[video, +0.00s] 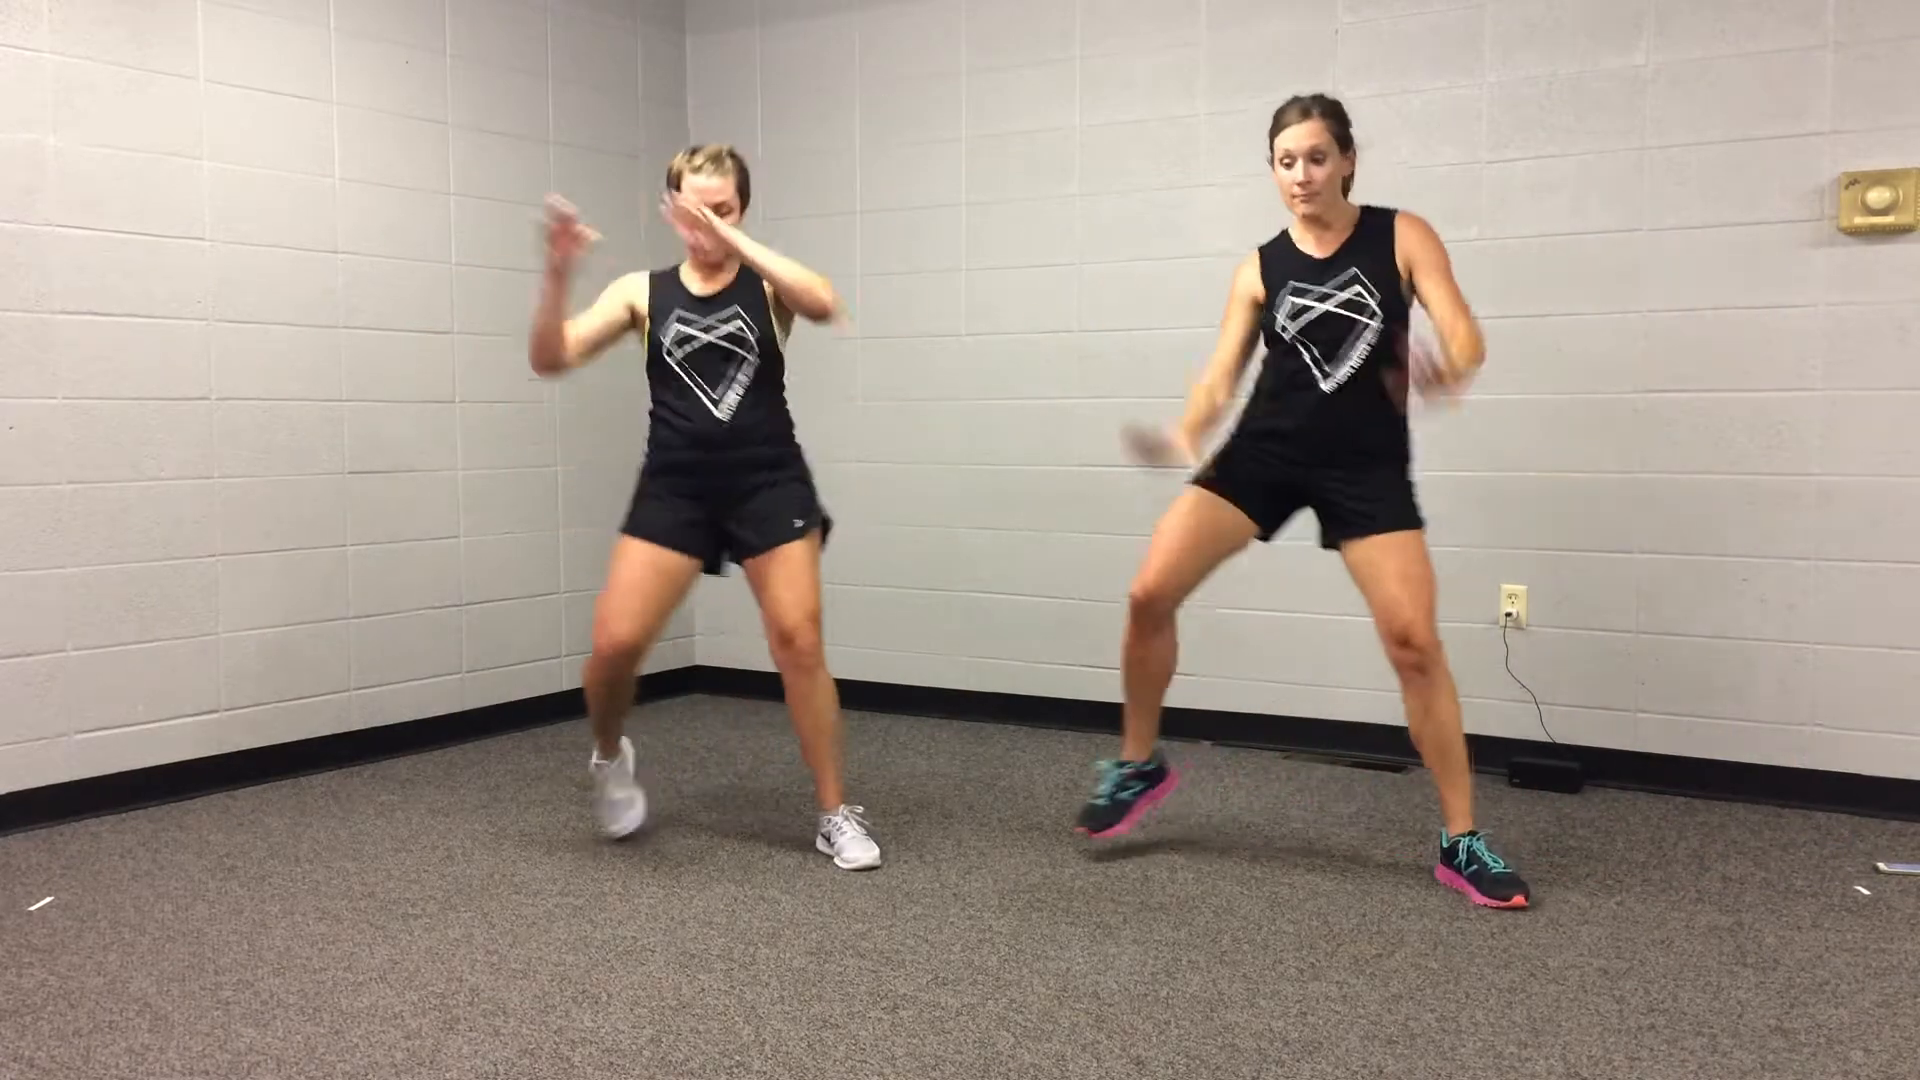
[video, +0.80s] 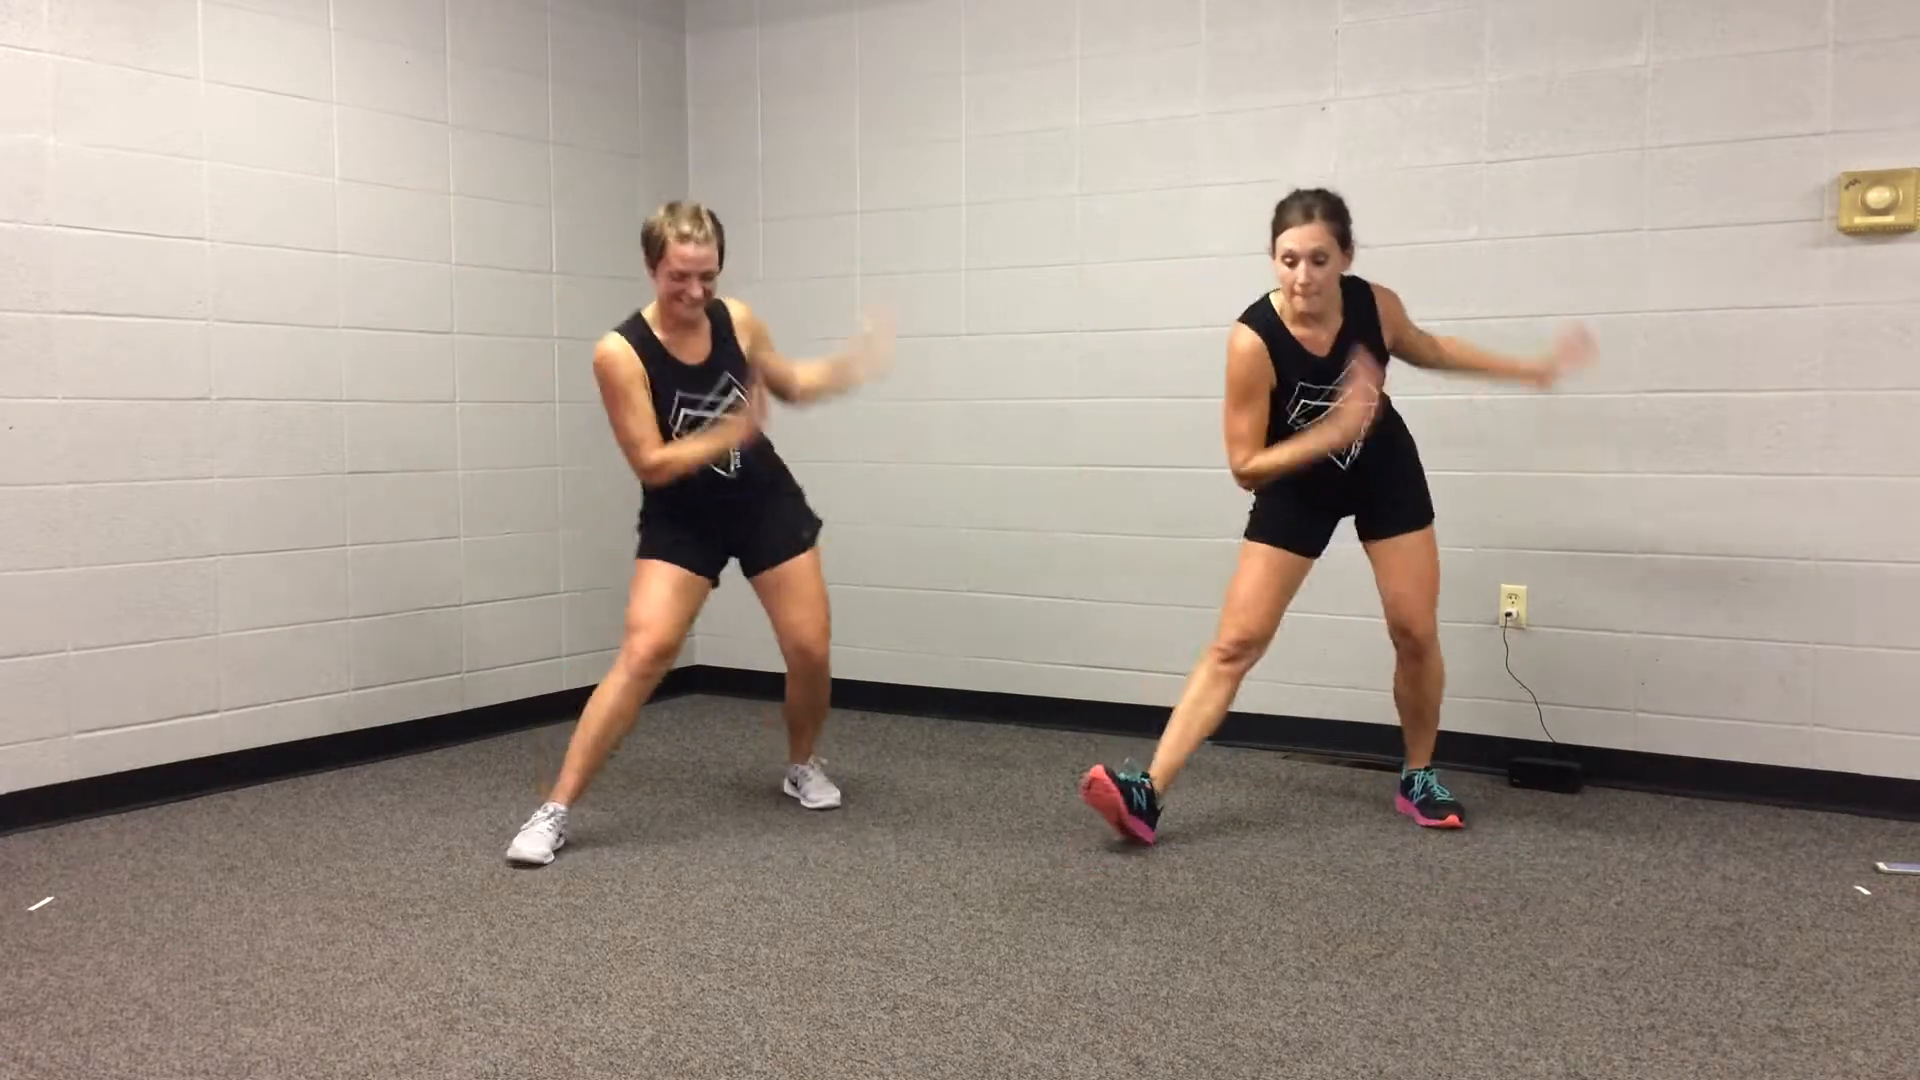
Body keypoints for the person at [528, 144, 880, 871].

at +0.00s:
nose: (712, 224)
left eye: (724, 211)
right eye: (700, 211)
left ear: (743, 215)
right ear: (674, 210)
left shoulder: (767, 280)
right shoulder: (642, 291)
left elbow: (823, 303)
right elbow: (549, 358)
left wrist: (729, 234)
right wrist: (558, 273)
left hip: (769, 483)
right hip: (675, 487)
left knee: (799, 639)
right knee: (614, 644)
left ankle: (835, 812)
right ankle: (609, 756)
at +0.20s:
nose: (703, 236)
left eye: (717, 222)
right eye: (691, 224)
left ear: (743, 224)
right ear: (677, 228)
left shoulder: (771, 303)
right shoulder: (644, 296)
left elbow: (722, 335)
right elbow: (527, 308)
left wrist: (644, 254)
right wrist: (450, 236)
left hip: (703, 502)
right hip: (611, 489)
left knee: (767, 655)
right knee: (566, 648)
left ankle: (833, 814)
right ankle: (545, 809)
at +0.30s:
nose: (694, 261)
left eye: (707, 247)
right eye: (682, 248)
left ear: (732, 250)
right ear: (666, 251)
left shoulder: (758, 344)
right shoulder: (624, 319)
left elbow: (740, 445)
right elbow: (527, 373)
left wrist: (651, 413)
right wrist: (439, 363)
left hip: (677, 520)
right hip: (587, 505)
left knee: (747, 667)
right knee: (550, 663)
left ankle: (829, 813)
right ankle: (547, 811)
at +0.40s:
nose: (680, 261)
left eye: (694, 249)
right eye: (668, 247)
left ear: (715, 251)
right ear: (649, 245)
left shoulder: (739, 340)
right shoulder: (599, 317)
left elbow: (757, 441)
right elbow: (545, 410)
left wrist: (756, 509)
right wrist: (534, 496)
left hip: (673, 517)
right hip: (582, 508)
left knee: (748, 651)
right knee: (550, 660)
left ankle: (828, 812)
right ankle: (546, 813)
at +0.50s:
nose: (674, 246)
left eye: (688, 232)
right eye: (661, 229)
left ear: (704, 229)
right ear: (634, 219)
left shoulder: (718, 299)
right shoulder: (588, 295)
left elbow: (764, 384)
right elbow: (586, 406)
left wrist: (842, 423)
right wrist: (673, 463)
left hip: (688, 489)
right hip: (601, 489)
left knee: (764, 628)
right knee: (574, 643)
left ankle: (813, 796)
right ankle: (547, 810)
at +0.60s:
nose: (675, 243)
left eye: (688, 230)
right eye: (661, 226)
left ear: (703, 226)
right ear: (634, 216)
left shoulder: (707, 280)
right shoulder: (593, 292)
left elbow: (760, 338)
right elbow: (629, 396)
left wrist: (836, 301)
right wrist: (727, 360)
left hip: (713, 470)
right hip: (629, 479)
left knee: (784, 622)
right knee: (600, 638)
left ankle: (789, 761)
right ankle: (548, 808)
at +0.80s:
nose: (692, 289)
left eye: (704, 275)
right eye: (678, 275)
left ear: (718, 271)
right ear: (652, 269)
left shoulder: (736, 319)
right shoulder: (620, 352)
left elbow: (788, 384)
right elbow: (652, 465)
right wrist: (735, 429)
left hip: (762, 495)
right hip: (682, 511)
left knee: (811, 645)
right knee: (645, 650)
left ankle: (803, 766)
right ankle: (555, 809)